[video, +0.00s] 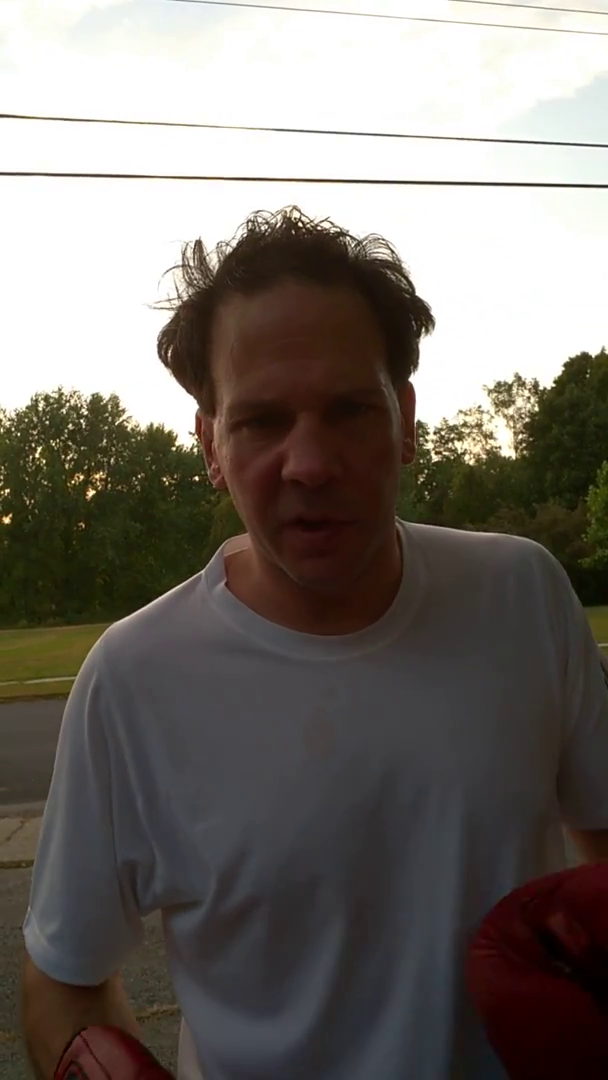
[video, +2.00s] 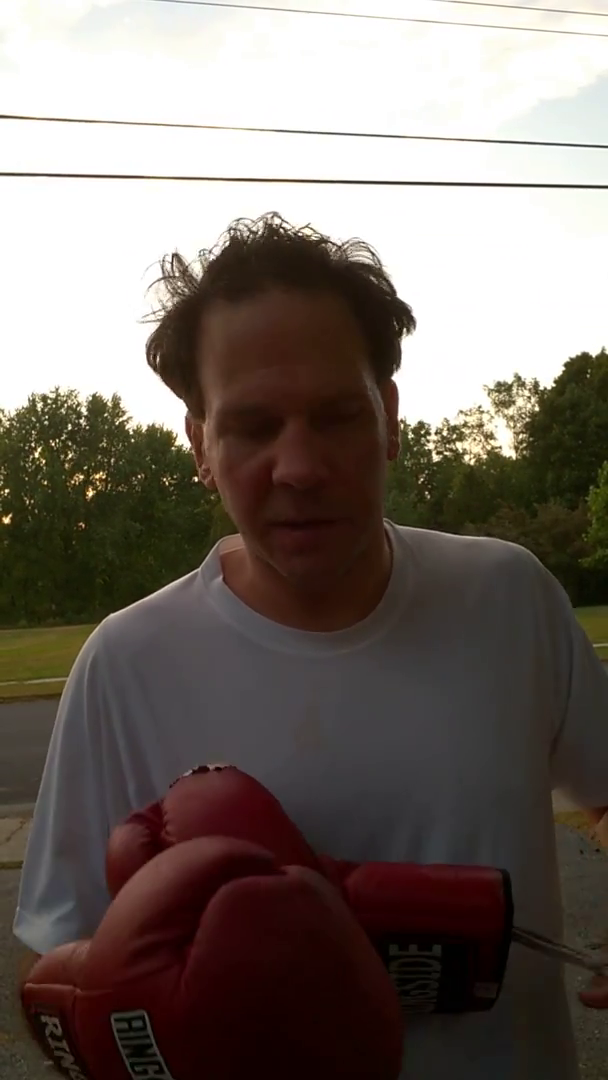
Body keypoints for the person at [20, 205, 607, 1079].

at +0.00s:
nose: (310, 463)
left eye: (349, 410)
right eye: (264, 420)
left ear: (405, 422)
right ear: (212, 447)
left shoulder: (524, 595)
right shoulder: (130, 680)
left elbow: (604, 833)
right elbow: (64, 977)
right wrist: (98, 1057)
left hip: (523, 1060)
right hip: (262, 1068)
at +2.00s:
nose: (300, 467)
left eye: (336, 418)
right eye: (255, 426)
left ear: (389, 423)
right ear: (201, 450)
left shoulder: (512, 600)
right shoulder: (125, 666)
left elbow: (605, 791)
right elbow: (53, 945)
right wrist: (111, 969)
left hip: (518, 1064)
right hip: (247, 1070)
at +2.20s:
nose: (389, 543)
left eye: (417, 489)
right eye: (339, 499)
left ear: (437, 446)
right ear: (231, 464)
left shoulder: (503, 601)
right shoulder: (126, 667)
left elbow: (601, 790)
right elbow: (43, 977)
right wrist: (75, 927)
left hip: (524, 1064)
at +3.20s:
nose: (304, 468)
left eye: (340, 415)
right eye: (260, 430)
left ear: (400, 418)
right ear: (219, 451)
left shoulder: (514, 606)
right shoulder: (138, 652)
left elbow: (596, 807)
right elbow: (47, 975)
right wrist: (99, 901)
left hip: (514, 1064)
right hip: (253, 1066)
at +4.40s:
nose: (237, 445)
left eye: (279, 396)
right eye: (206, 412)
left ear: (364, 421)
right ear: (188, 447)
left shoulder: (491, 601)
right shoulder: (116, 641)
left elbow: (607, 842)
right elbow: (81, 1036)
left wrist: (495, 818)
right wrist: (145, 865)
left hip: (486, 1061)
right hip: (228, 1069)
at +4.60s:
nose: (144, 451)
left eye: (186, 403)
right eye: (140, 416)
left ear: (314, 419)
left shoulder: (484, 597)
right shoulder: (104, 641)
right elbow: (91, 1038)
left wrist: (503, 813)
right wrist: (163, 868)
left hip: (469, 1060)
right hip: (215, 1068)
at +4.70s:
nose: (111, 456)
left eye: (154, 404)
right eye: (117, 415)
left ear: (283, 426)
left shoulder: (477, 599)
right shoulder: (94, 645)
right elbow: (78, 1043)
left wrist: (477, 816)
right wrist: (159, 834)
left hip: (460, 1062)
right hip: (210, 1068)